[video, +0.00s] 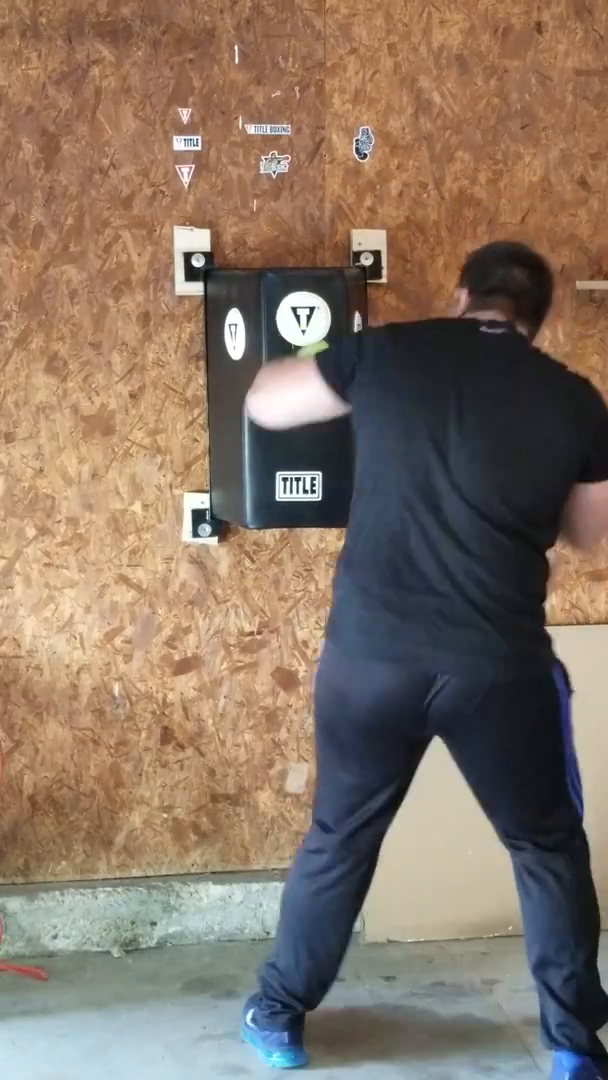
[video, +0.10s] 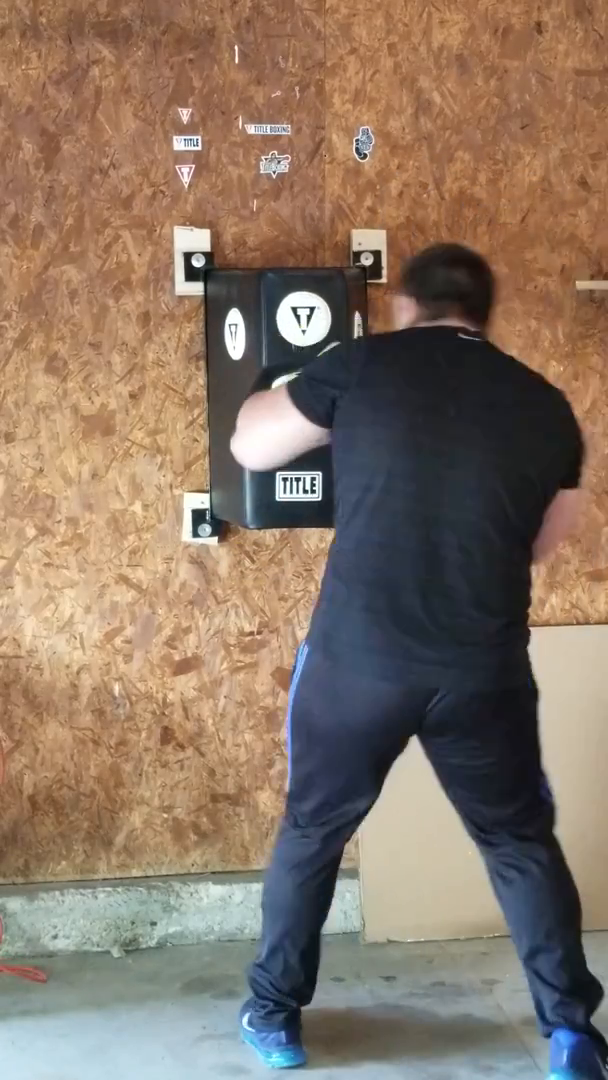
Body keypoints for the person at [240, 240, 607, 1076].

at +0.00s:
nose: (449, 305)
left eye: (452, 296)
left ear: (459, 297)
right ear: (539, 319)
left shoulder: (385, 354)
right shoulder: (574, 401)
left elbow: (265, 403)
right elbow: (590, 537)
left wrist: (343, 372)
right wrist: (522, 479)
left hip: (370, 647)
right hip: (497, 661)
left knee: (337, 835)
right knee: (545, 842)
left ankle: (276, 1014)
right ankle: (574, 1041)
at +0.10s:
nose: (388, 317)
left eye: (392, 306)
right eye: (394, 309)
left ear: (406, 307)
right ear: (481, 315)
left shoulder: (362, 365)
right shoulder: (547, 403)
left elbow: (250, 442)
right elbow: (546, 539)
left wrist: (309, 386)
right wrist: (479, 525)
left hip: (363, 648)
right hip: (483, 660)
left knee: (313, 825)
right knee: (520, 837)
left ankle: (273, 1013)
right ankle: (571, 1029)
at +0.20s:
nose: (328, 327)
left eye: (325, 315)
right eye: (325, 317)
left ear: (343, 309)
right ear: (417, 299)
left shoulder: (347, 366)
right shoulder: (499, 382)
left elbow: (249, 464)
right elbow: (477, 483)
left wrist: (284, 386)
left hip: (368, 641)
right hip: (478, 646)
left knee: (304, 828)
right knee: (491, 823)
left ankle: (272, 1014)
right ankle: (562, 1010)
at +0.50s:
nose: (232, 372)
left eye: (226, 357)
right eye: (229, 359)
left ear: (237, 347)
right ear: (306, 310)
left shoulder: (283, 398)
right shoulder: (401, 359)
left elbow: (256, 544)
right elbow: (365, 480)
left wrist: (201, 498)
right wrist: (255, 455)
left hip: (353, 638)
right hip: (464, 625)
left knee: (296, 829)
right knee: (487, 818)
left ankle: (274, 1013)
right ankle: (558, 1009)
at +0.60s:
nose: (231, 346)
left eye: (230, 332)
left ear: (242, 325)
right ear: (320, 297)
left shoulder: (240, 387)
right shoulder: (411, 340)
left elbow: (208, 525)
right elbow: (457, 442)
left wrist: (148, 545)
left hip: (321, 639)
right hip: (438, 623)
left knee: (300, 825)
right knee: (497, 807)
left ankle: (276, 1015)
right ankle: (567, 1005)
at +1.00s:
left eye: (254, 314)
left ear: (259, 311)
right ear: (338, 293)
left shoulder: (227, 378)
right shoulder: (410, 340)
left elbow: (191, 517)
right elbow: (470, 457)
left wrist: (240, 477)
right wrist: (387, 440)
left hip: (293, 638)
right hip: (415, 625)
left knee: (292, 826)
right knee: (471, 813)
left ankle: (273, 1014)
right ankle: (537, 1002)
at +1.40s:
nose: (305, 289)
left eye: (305, 278)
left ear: (311, 278)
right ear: (391, 284)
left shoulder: (273, 350)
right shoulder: (452, 360)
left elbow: (197, 459)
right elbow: (452, 460)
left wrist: (133, 459)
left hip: (305, 633)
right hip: (424, 630)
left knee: (293, 827)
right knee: (469, 816)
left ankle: (272, 1011)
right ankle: (531, 1005)